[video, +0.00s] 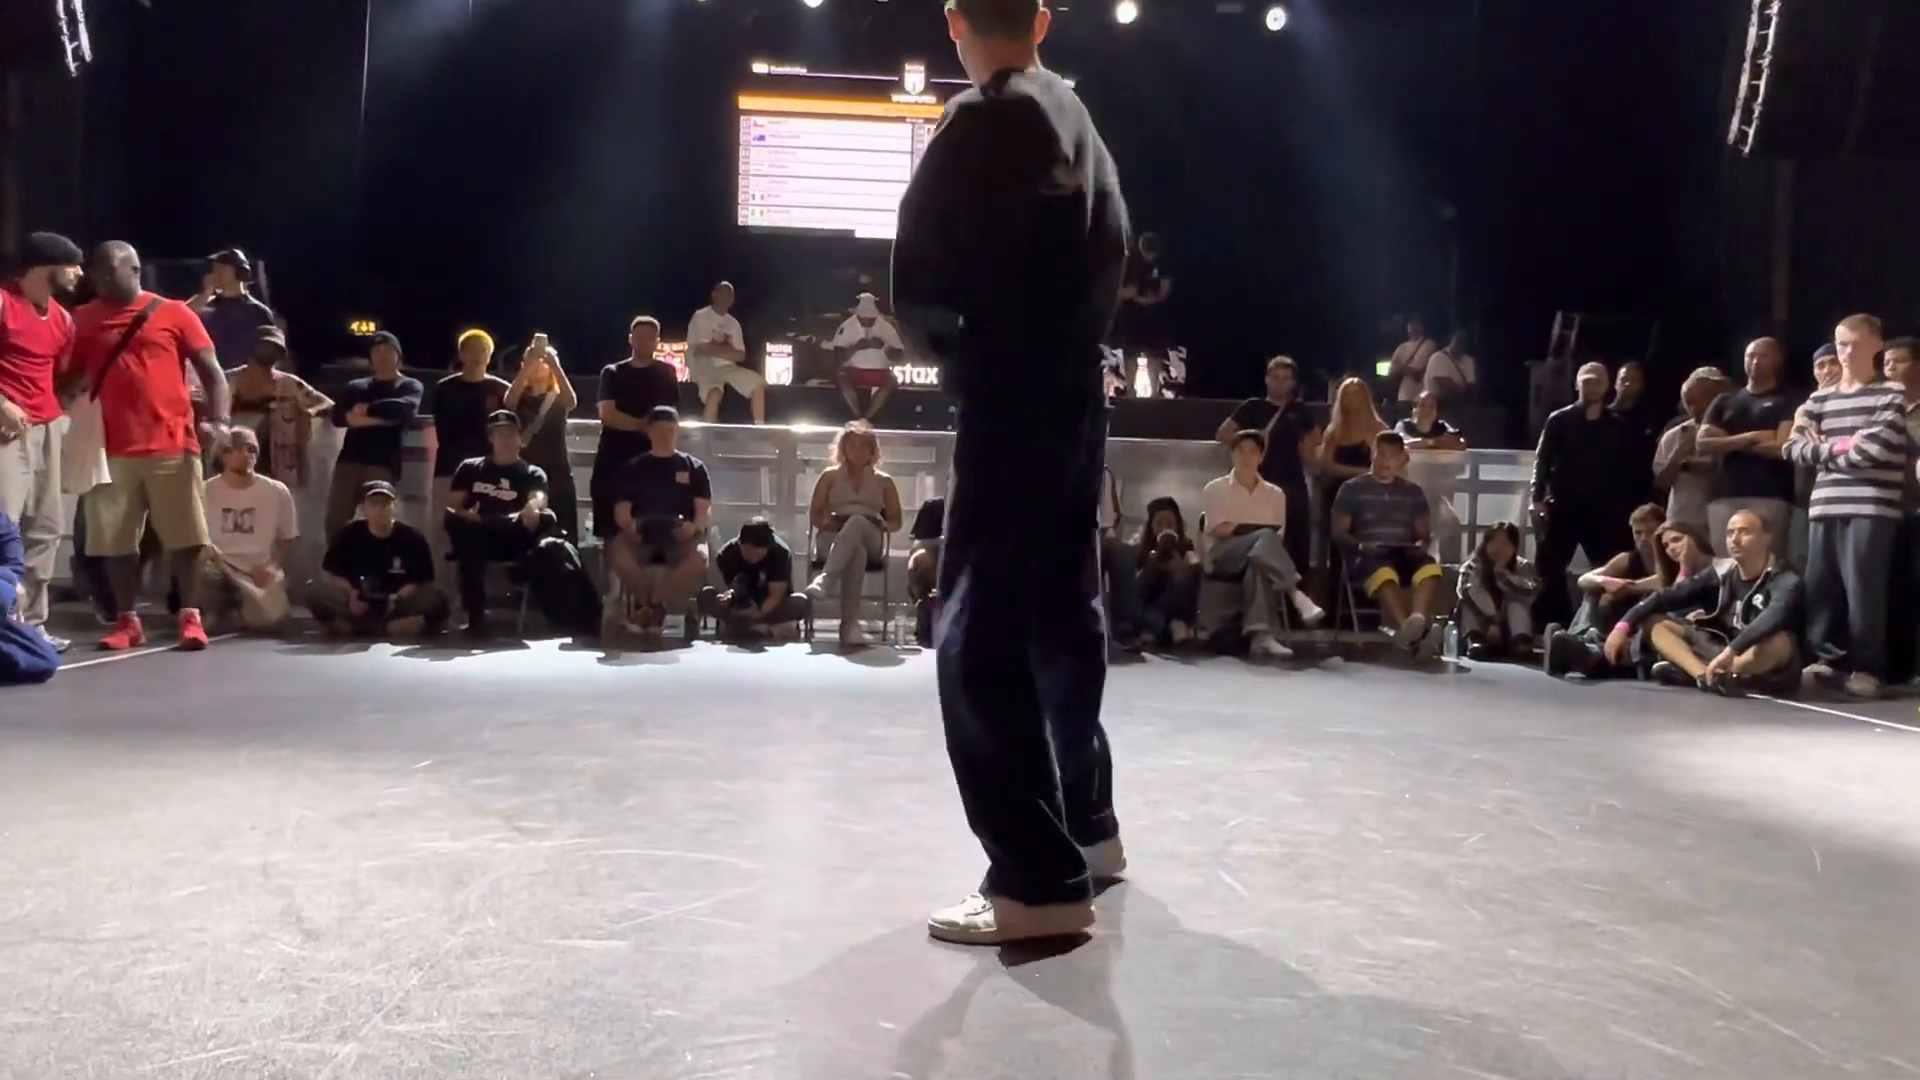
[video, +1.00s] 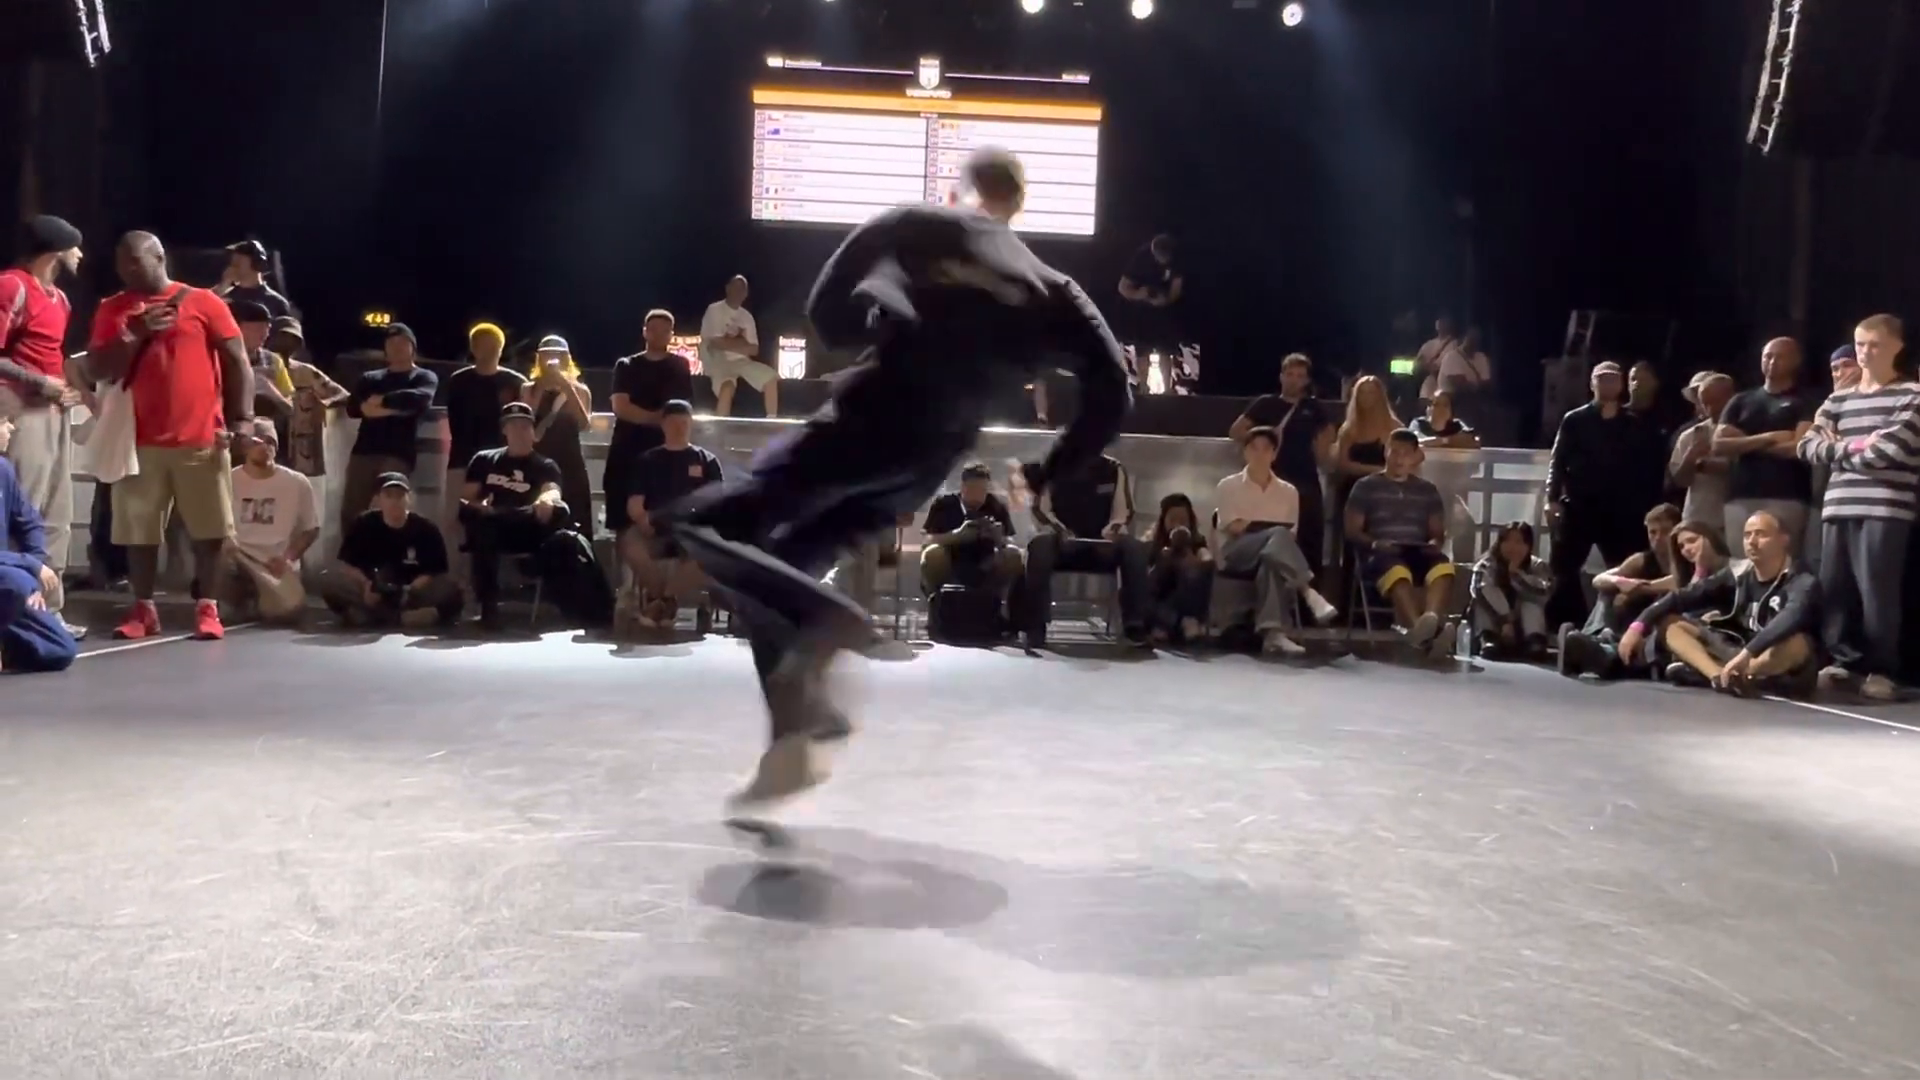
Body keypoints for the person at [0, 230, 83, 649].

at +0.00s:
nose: (74, 275)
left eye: (74, 268)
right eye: (67, 268)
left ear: (48, 271)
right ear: (41, 268)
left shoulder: (62, 318)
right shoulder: (7, 304)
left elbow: (64, 372)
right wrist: (3, 403)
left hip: (52, 424)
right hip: (10, 426)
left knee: (47, 525)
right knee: (7, 524)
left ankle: (33, 622)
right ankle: (8, 621)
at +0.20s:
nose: (73, 268)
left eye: (72, 261)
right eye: (67, 262)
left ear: (49, 265)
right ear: (44, 263)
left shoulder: (57, 312)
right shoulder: (9, 300)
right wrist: (14, 394)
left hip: (52, 423)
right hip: (15, 424)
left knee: (49, 522)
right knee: (12, 517)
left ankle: (39, 620)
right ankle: (11, 615)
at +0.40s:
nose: (71, 266)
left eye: (70, 259)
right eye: (66, 259)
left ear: (43, 263)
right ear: (45, 261)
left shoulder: (53, 311)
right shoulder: (9, 298)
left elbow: (45, 366)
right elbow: (4, 363)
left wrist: (65, 404)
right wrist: (22, 390)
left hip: (48, 422)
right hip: (16, 424)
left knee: (49, 521)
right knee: (16, 517)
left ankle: (40, 618)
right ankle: (14, 615)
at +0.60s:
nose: (70, 262)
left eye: (69, 255)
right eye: (65, 256)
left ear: (41, 258)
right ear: (48, 258)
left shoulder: (51, 306)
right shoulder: (9, 293)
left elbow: (41, 361)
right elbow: (3, 361)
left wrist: (63, 393)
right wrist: (29, 386)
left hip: (47, 415)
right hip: (15, 416)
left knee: (50, 516)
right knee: (17, 513)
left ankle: (41, 618)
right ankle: (15, 616)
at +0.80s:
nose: (72, 259)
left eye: (71, 252)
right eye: (68, 252)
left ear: (45, 254)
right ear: (50, 254)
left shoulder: (52, 301)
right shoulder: (11, 290)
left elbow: (43, 359)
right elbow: (1, 356)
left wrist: (67, 388)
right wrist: (34, 383)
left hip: (50, 410)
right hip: (18, 412)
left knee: (53, 514)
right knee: (20, 512)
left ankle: (45, 616)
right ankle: (18, 616)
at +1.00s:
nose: (78, 256)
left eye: (77, 249)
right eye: (73, 249)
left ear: (50, 251)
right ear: (55, 251)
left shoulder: (59, 297)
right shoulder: (15, 286)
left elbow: (49, 353)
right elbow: (2, 352)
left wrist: (69, 387)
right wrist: (38, 381)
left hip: (54, 409)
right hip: (21, 411)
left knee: (56, 510)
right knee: (24, 508)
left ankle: (48, 610)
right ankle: (22, 608)